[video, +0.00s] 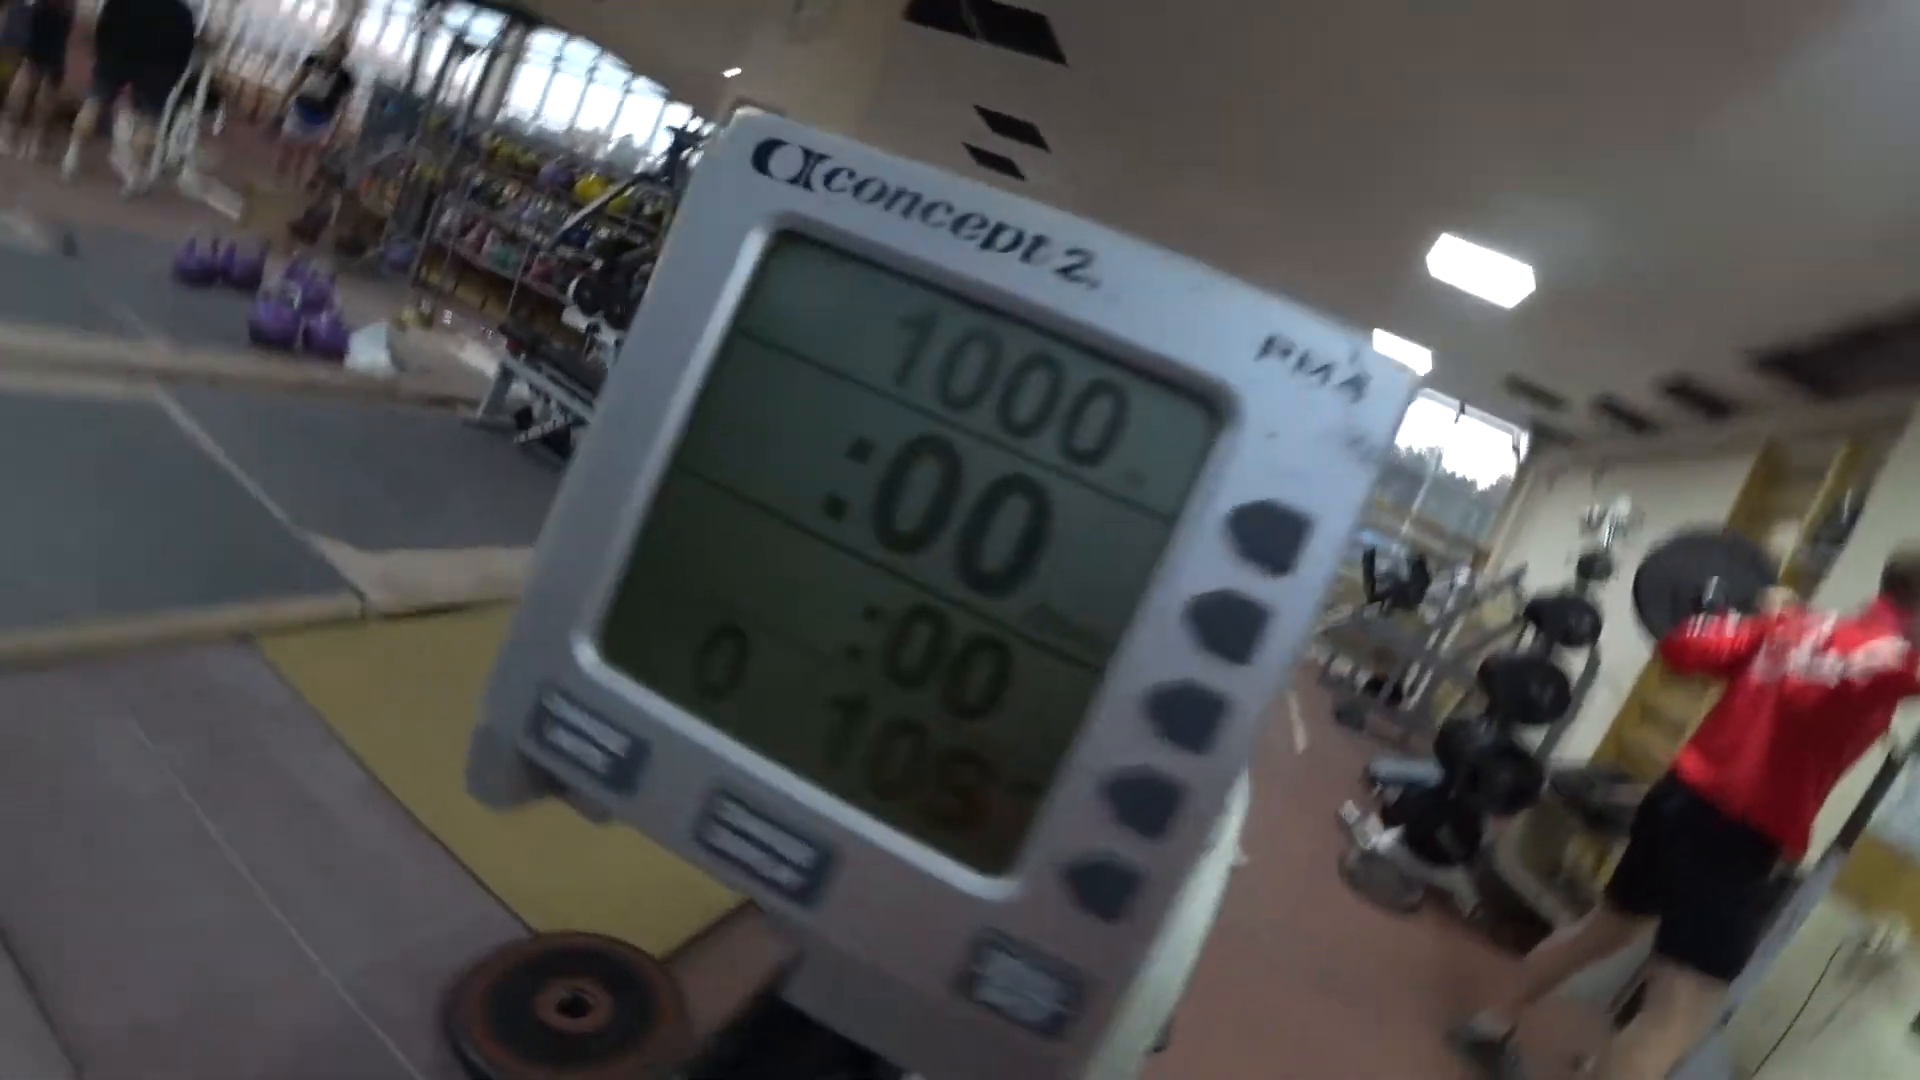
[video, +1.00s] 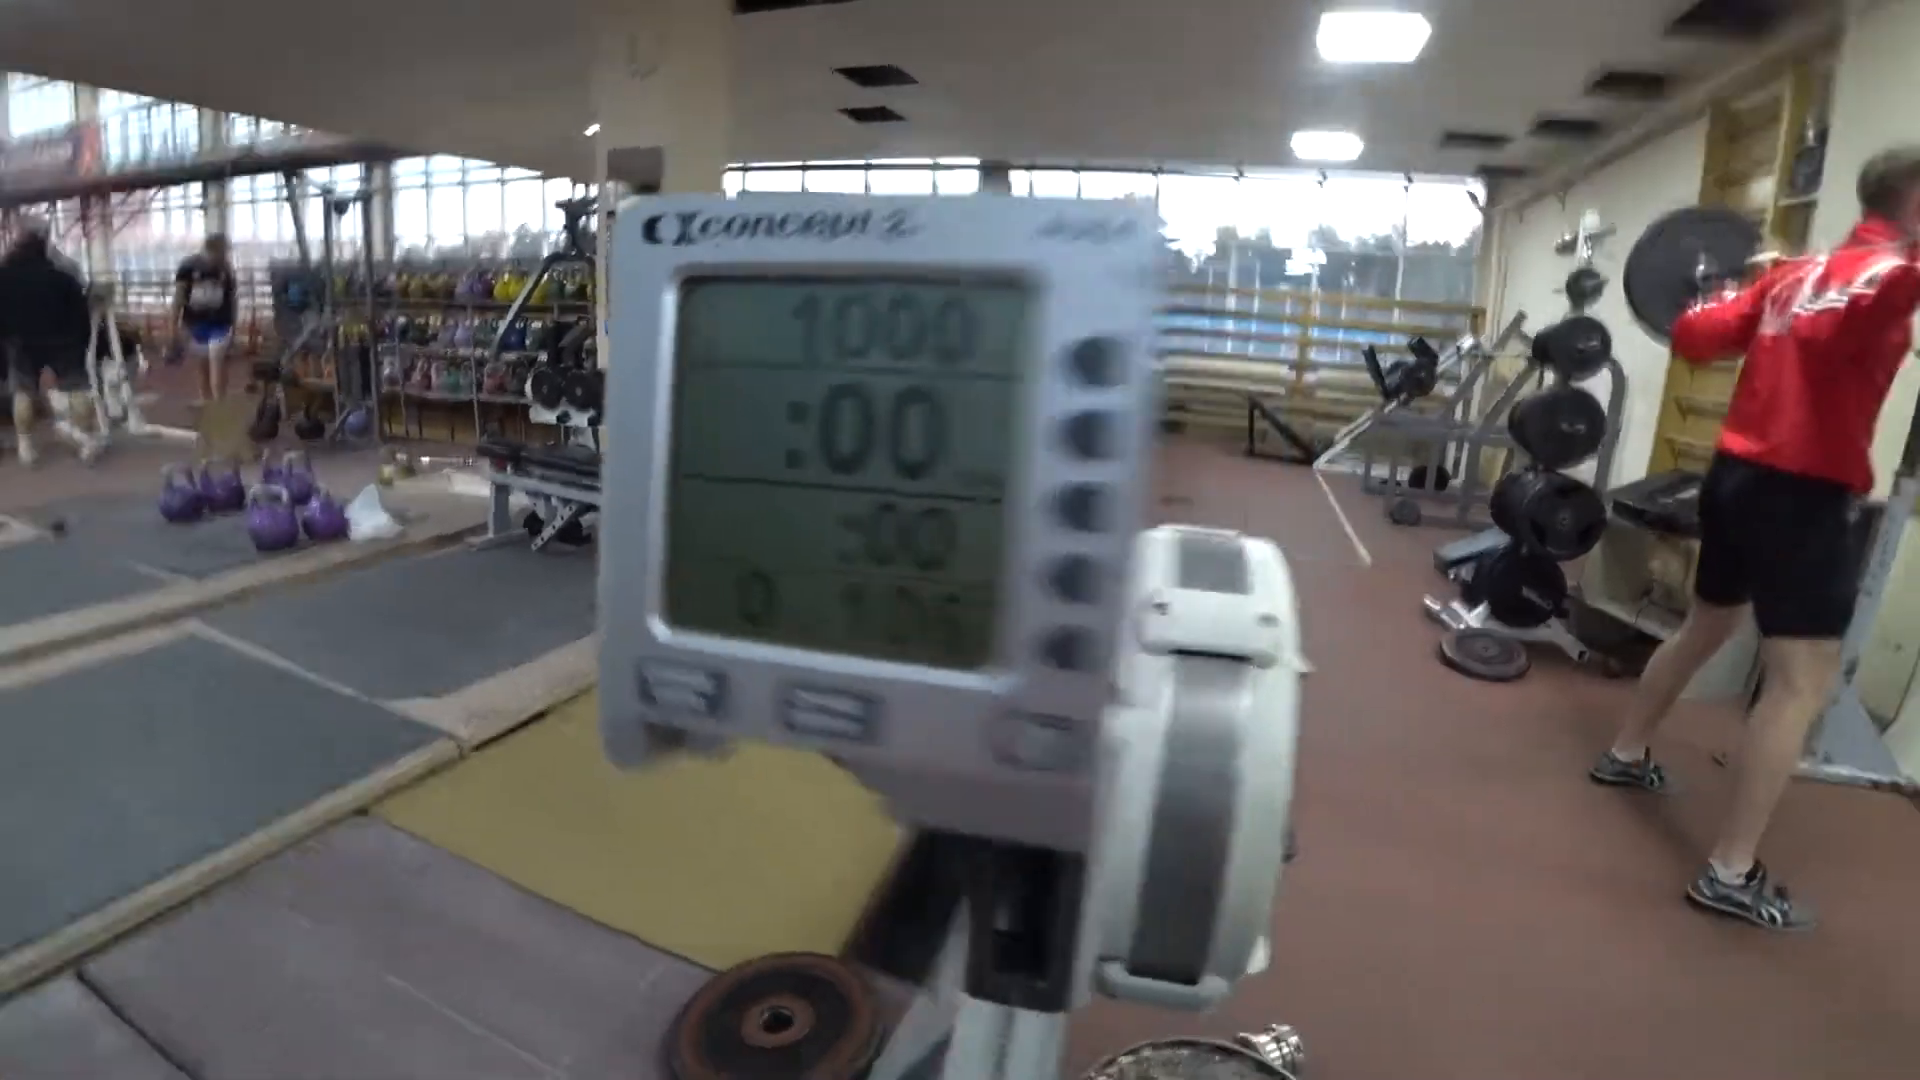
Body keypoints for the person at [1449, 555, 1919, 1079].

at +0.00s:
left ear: (1883, 582)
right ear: (1919, 603)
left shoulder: (1794, 624)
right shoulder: (1898, 659)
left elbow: (1683, 643)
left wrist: (1733, 614)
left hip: (1678, 797)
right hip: (1745, 841)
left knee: (1604, 925)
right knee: (1675, 1016)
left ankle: (1492, 1023)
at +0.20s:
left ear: (1898, 384)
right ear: (1917, 398)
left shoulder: (1814, 447)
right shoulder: (1907, 464)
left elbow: (1711, 484)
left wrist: (1746, 435)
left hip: (1738, 634)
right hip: (1818, 664)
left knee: (1683, 773)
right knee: (1770, 846)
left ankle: (1589, 891)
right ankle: (1685, 1029)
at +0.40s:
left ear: (1868, 204)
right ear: (1914, 204)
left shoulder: (1798, 271)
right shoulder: (1906, 268)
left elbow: (1696, 330)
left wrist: (1740, 286)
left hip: (1744, 478)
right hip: (1820, 493)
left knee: (1719, 630)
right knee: (1817, 687)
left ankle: (1644, 755)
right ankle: (1759, 876)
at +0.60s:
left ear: (1861, 150)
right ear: (1911, 145)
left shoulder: (1789, 223)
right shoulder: (1903, 212)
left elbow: (1686, 290)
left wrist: (1741, 233)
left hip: (1743, 432)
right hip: (1822, 444)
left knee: (1721, 588)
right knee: (1823, 640)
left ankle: (1652, 713)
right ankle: (1771, 827)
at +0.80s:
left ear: (1865, 142)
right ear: (1909, 139)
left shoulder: (1795, 214)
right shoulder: (1906, 205)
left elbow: (1692, 282)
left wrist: (1745, 227)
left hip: (1747, 423)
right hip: (1826, 436)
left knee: (1726, 578)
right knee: (1825, 635)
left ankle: (1654, 706)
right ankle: (1772, 819)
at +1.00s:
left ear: (1862, 205)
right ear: (1913, 206)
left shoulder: (1791, 273)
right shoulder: (1898, 273)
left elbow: (1695, 331)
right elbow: (1873, 308)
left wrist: (1729, 288)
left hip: (1734, 475)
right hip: (1809, 492)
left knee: (1707, 624)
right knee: (1800, 684)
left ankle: (1625, 751)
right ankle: (1730, 871)